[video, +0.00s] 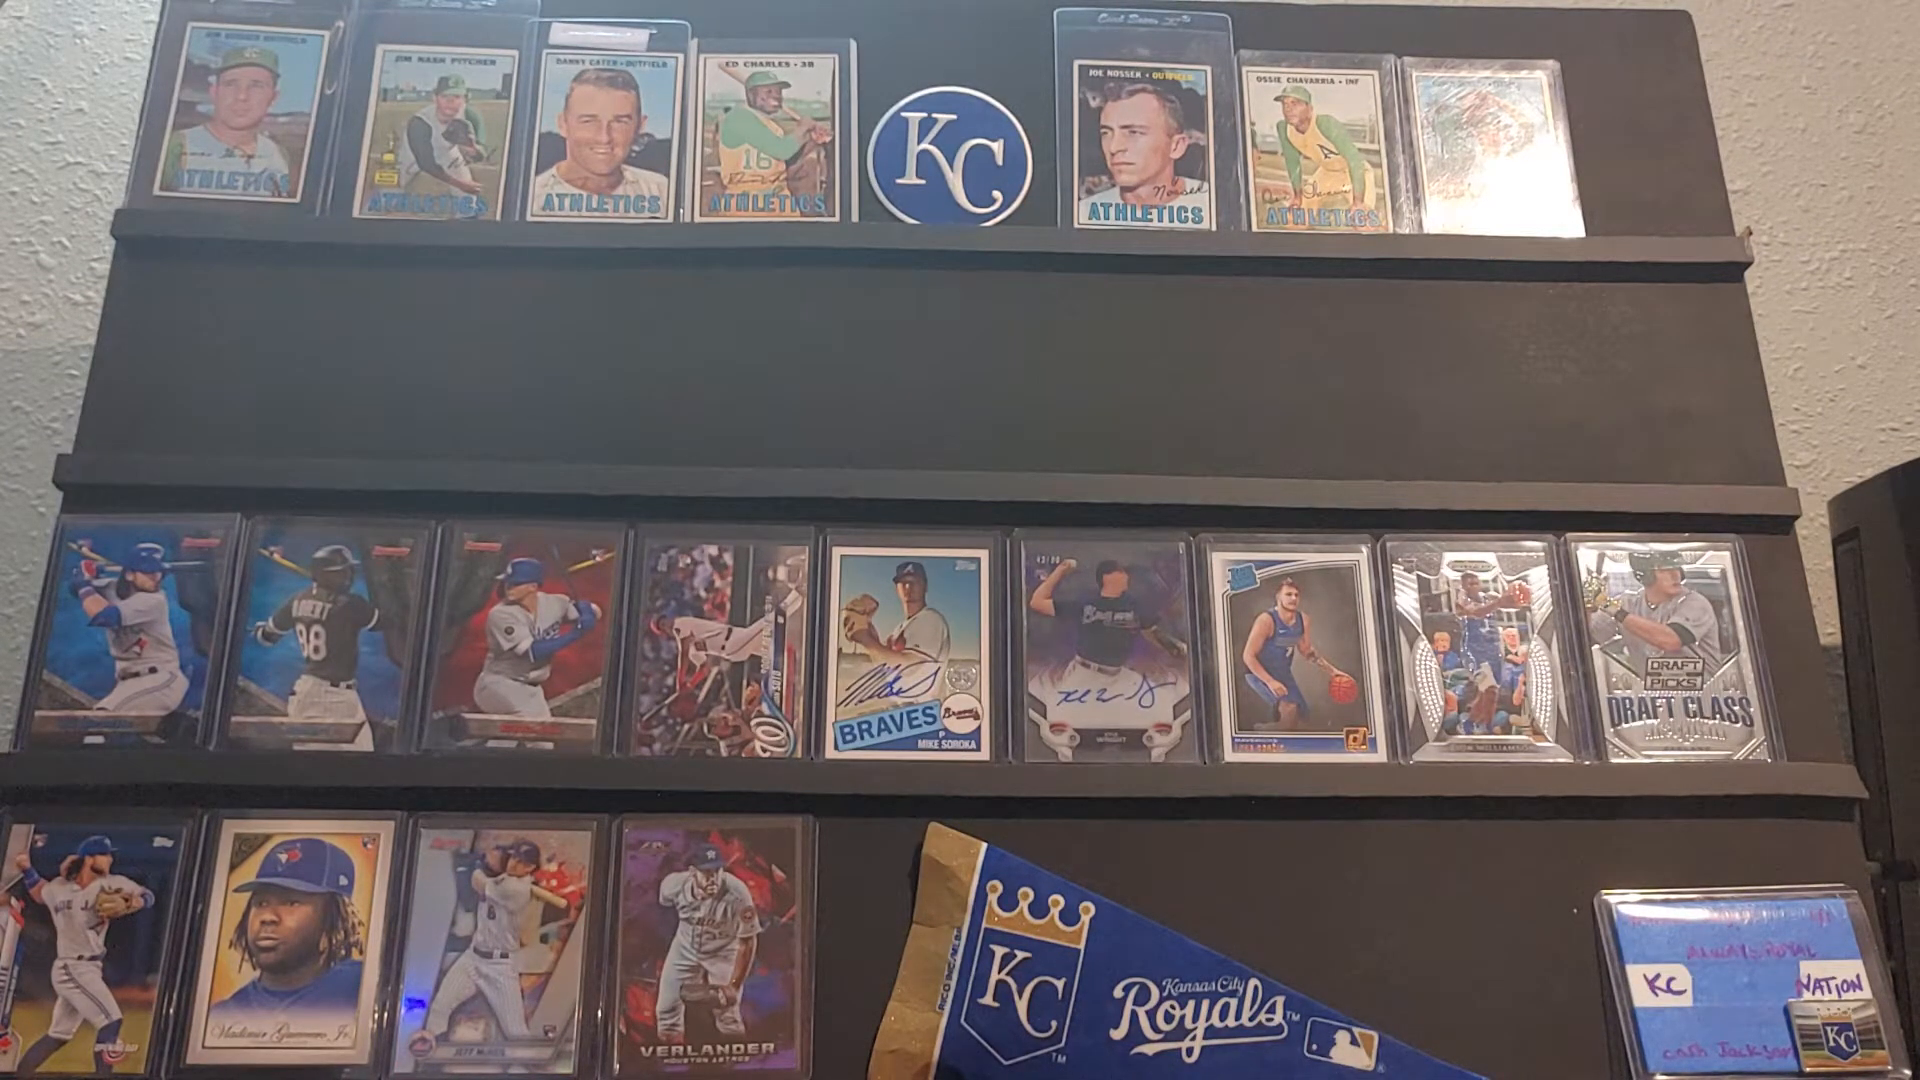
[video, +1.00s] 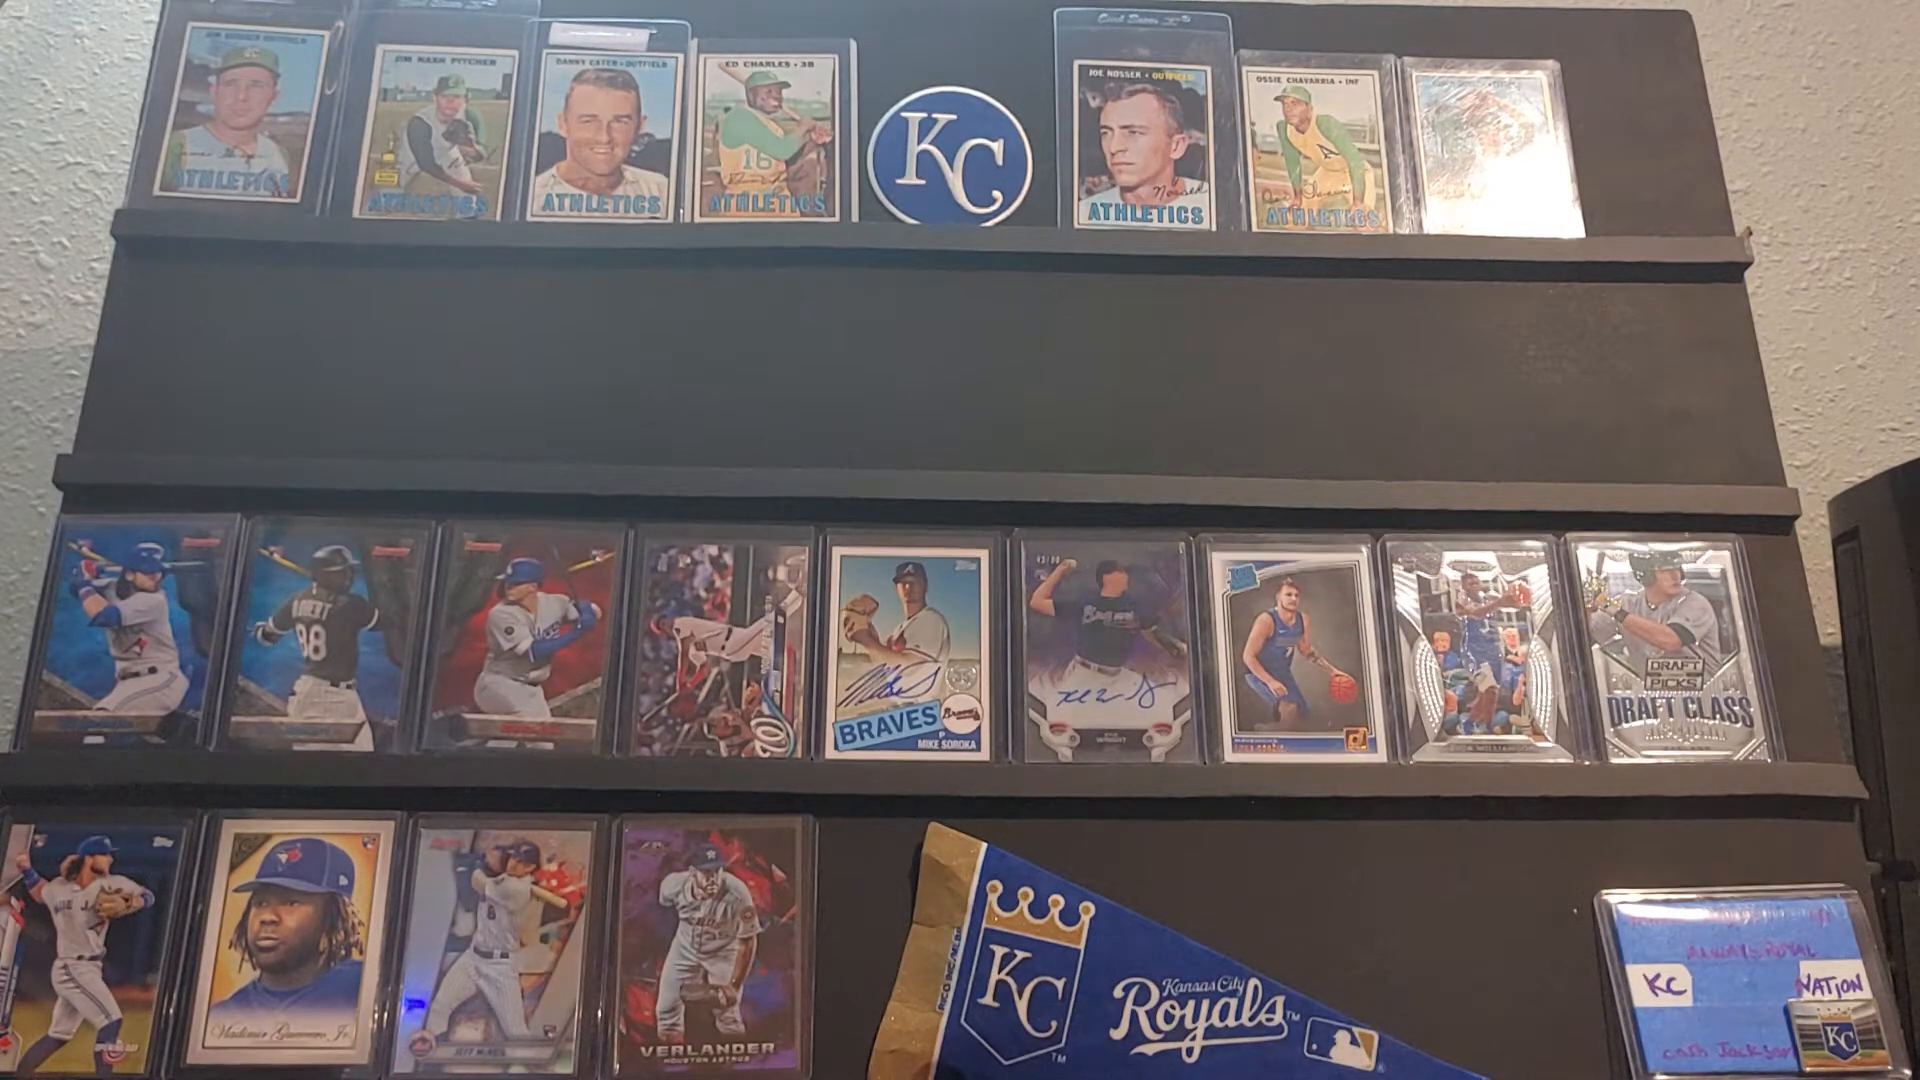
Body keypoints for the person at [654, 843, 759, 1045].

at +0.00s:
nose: (711, 878)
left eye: (715, 871)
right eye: (705, 872)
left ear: (721, 869)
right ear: (692, 871)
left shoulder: (738, 893)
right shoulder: (673, 885)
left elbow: (748, 942)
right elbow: (667, 910)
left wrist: (735, 985)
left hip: (724, 953)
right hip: (684, 947)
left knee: (727, 1014)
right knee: (666, 1008)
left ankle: (740, 1068)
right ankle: (673, 1069)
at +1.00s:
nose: (711, 878)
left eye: (715, 871)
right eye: (705, 872)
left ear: (722, 869)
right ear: (693, 871)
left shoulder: (738, 893)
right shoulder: (673, 885)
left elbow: (748, 941)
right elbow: (666, 907)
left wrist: (735, 985)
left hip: (724, 953)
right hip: (684, 947)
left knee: (727, 1014)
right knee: (666, 1009)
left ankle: (740, 1068)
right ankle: (674, 1071)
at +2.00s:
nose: (711, 878)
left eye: (716, 872)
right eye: (705, 872)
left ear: (722, 870)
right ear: (692, 871)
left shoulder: (738, 893)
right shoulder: (673, 885)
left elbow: (748, 941)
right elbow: (666, 908)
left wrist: (735, 985)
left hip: (724, 953)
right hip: (684, 947)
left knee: (727, 1014)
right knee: (666, 1009)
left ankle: (740, 1069)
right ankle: (674, 1069)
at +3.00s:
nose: (712, 879)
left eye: (716, 872)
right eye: (705, 872)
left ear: (722, 870)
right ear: (692, 871)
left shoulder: (738, 894)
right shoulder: (672, 886)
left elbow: (749, 942)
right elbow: (667, 909)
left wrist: (735, 985)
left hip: (724, 954)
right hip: (684, 948)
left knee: (727, 1015)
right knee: (666, 1009)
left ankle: (740, 1068)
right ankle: (673, 1069)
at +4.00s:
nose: (711, 878)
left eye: (716, 871)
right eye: (706, 872)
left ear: (722, 869)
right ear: (693, 870)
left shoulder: (738, 893)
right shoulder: (673, 885)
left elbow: (748, 941)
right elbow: (667, 907)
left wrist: (734, 985)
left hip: (724, 954)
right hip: (684, 947)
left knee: (727, 1014)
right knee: (666, 1009)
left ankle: (741, 1068)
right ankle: (674, 1069)